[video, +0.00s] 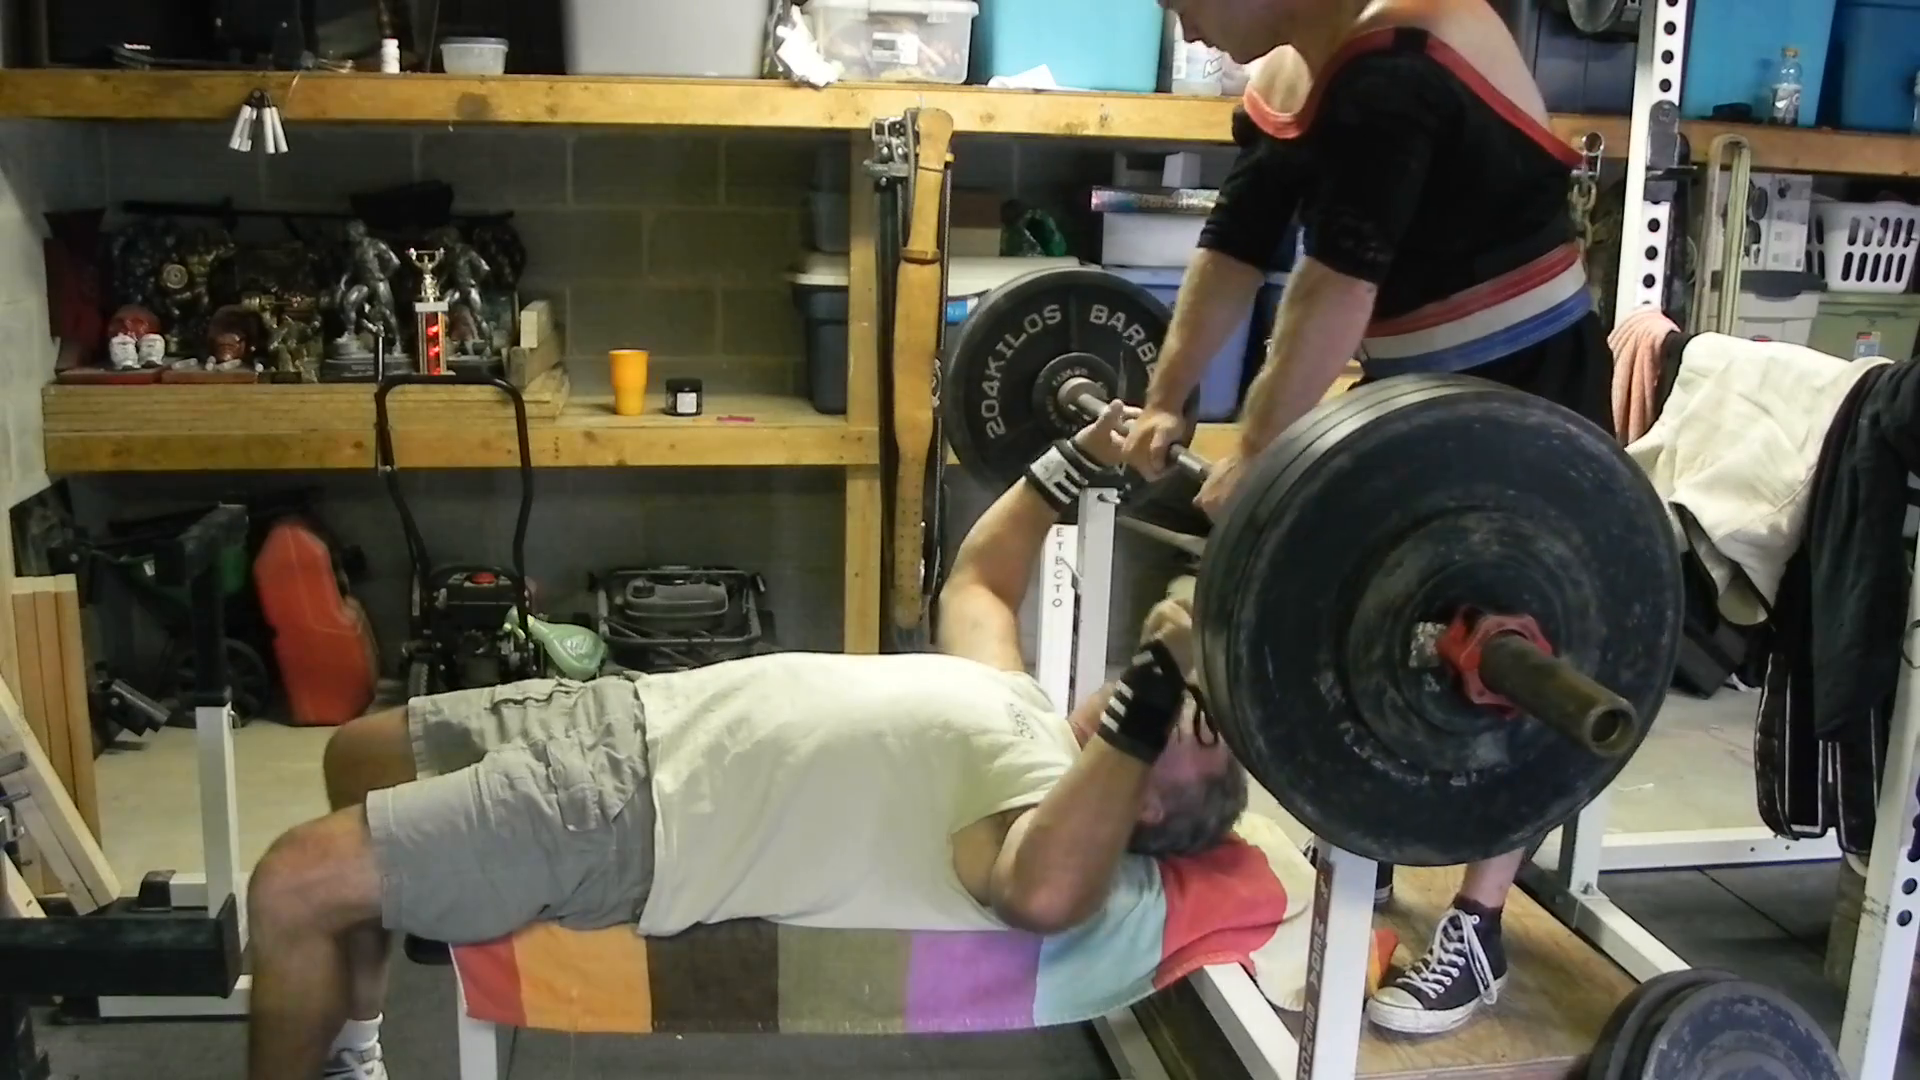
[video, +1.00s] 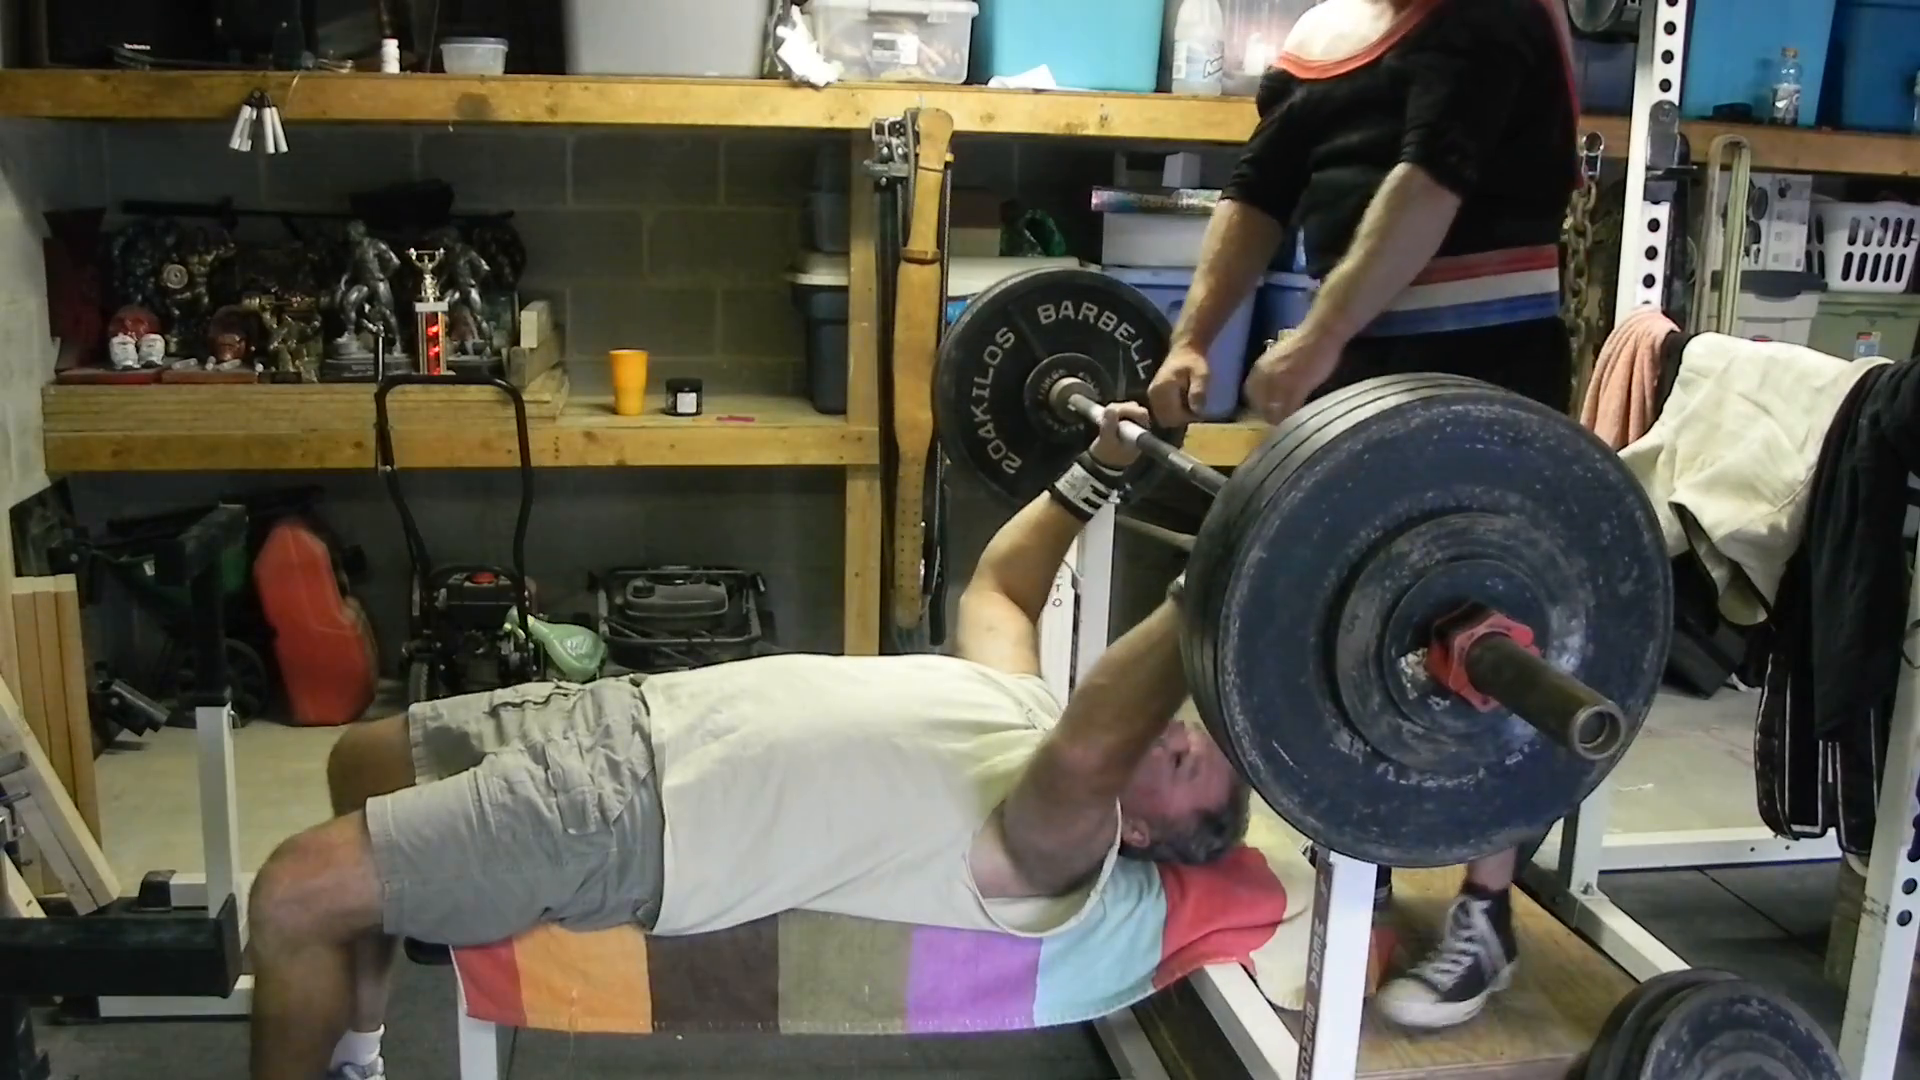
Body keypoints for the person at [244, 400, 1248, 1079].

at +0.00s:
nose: (1163, 708)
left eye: (1198, 733)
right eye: (1176, 695)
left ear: (1185, 809)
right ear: (1143, 707)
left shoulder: (1071, 842)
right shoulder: (1012, 713)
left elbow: (1047, 896)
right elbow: (988, 580)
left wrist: (1159, 678)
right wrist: (1075, 462)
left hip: (637, 816)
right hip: (629, 710)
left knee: (294, 884)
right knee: (362, 757)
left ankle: (288, 1069)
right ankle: (348, 1043)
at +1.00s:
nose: (1166, 729)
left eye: (1196, 754)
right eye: (1185, 714)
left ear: (1183, 821)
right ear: (1154, 704)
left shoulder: (1055, 854)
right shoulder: (1014, 718)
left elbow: (1095, 739)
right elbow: (1006, 587)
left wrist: (1224, 582)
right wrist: (1103, 462)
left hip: (630, 820)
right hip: (623, 708)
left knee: (295, 891)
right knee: (368, 763)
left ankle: (294, 1066)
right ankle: (352, 1040)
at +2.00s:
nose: (1166, 718)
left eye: (1199, 738)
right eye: (1189, 711)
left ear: (1194, 803)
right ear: (1161, 732)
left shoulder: (1061, 857)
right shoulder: (1009, 716)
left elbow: (1121, 748)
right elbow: (1005, 583)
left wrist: (1249, 614)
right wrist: (1089, 472)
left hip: (631, 822)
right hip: (621, 711)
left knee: (297, 892)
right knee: (367, 763)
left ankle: (295, 1063)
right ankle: (350, 1040)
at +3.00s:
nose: (1157, 686)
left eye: (1190, 713)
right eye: (1182, 684)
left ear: (1206, 787)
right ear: (1171, 731)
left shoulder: (1081, 835)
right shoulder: (1031, 705)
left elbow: (1158, 740)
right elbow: (1006, 580)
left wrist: (1280, 591)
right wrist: (1093, 473)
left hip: (640, 818)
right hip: (626, 708)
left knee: (304, 895)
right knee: (370, 763)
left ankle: (304, 1061)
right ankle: (349, 1032)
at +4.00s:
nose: (1185, 731)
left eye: (1218, 745)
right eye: (1202, 716)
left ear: (1206, 810)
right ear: (1173, 719)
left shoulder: (1074, 851)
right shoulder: (1017, 702)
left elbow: (1125, 761)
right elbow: (999, 570)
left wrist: (1250, 623)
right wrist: (1086, 472)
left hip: (656, 821)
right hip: (635, 709)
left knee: (320, 914)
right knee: (384, 768)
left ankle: (318, 1062)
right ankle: (424, 951)